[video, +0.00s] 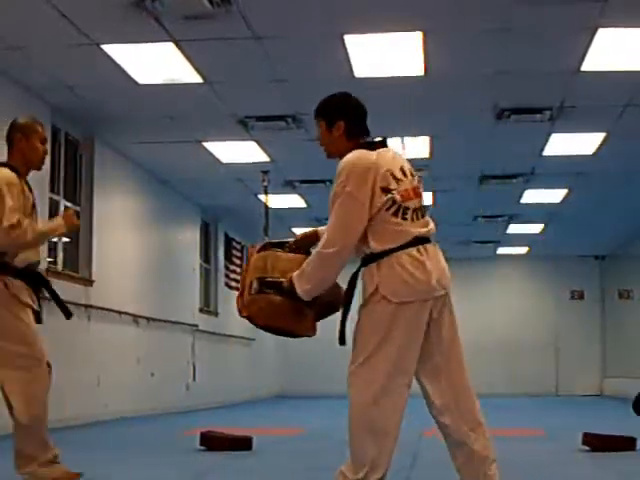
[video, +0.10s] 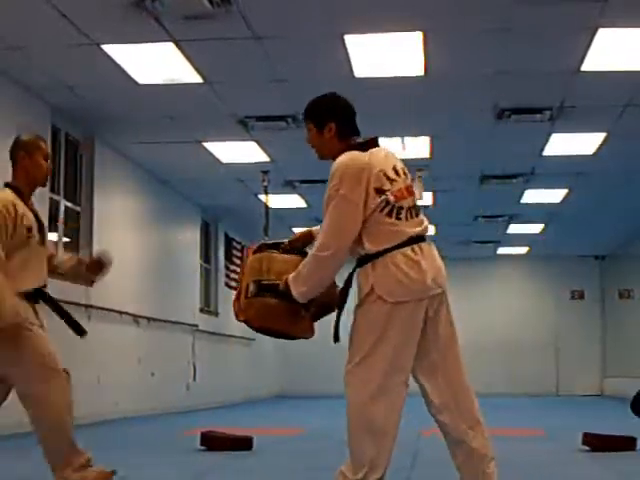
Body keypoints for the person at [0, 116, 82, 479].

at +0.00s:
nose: (46, 150)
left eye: (46, 143)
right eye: (41, 142)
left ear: (27, 146)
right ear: (18, 142)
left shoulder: (23, 188)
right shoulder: (5, 180)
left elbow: (18, 240)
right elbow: (7, 235)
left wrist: (30, 283)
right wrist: (57, 226)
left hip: (16, 290)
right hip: (6, 291)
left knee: (31, 367)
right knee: (32, 366)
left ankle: (37, 458)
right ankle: (35, 461)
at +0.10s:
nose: (49, 167)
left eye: (49, 160)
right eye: (44, 158)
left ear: (27, 161)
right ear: (22, 159)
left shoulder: (27, 212)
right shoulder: (6, 204)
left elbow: (43, 258)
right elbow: (4, 265)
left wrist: (81, 268)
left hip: (21, 305)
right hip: (10, 307)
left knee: (7, 383)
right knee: (48, 380)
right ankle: (70, 465)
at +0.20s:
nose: (61, 158)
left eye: (61, 152)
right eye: (54, 151)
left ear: (45, 157)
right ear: (32, 155)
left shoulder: (62, 205)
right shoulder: (18, 198)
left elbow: (98, 221)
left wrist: (117, 195)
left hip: (50, 303)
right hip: (27, 301)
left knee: (6, 383)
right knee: (69, 381)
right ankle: (81, 470)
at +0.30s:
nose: (77, 146)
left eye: (77, 141)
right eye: (71, 139)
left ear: (59, 145)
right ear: (48, 142)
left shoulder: (77, 193)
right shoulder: (32, 182)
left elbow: (111, 222)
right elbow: (2, 232)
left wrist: (144, 201)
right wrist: (5, 286)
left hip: (85, 287)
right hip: (56, 288)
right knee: (83, 374)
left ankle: (28, 419)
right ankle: (89, 468)